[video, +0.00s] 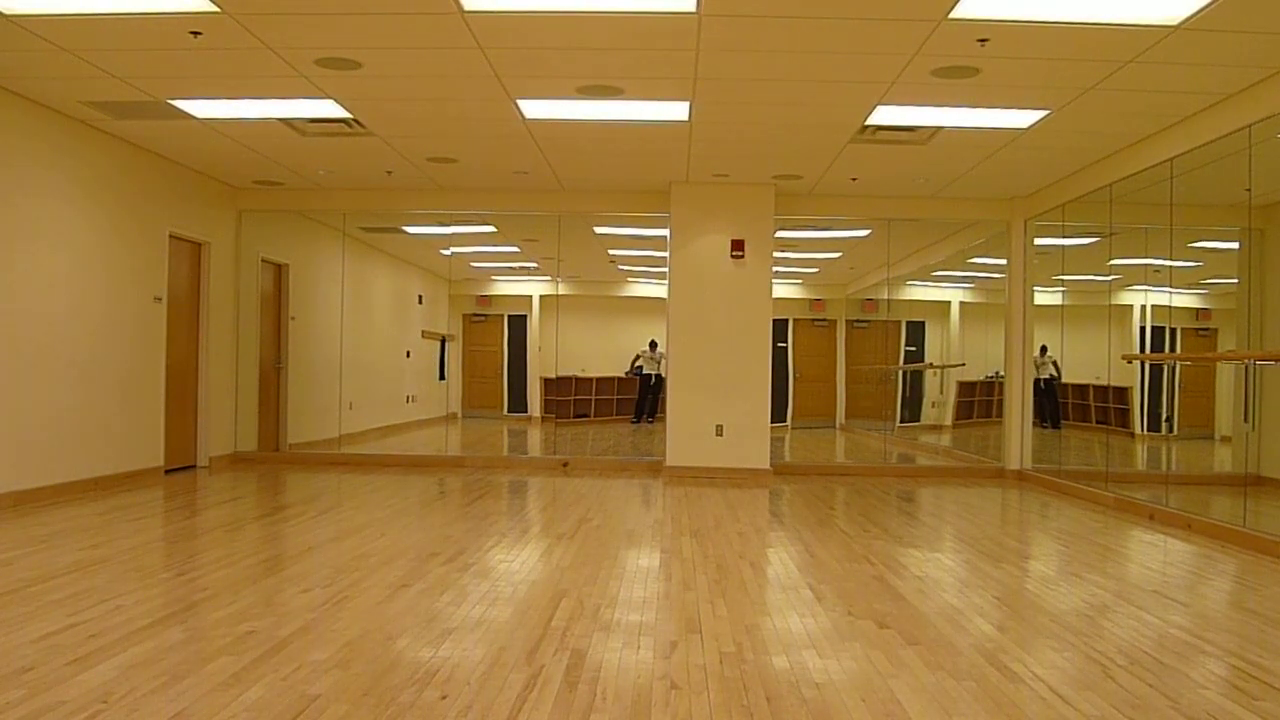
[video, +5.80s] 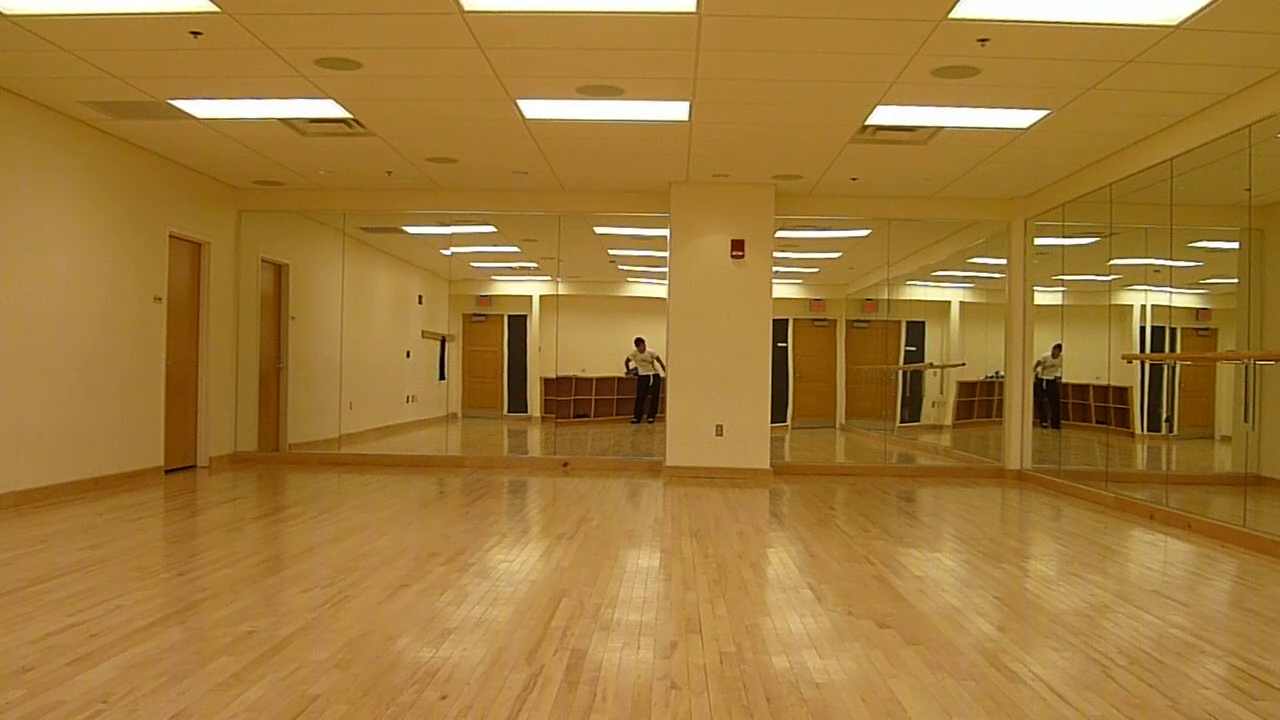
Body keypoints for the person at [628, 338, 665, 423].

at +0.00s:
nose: (653, 351)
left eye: (654, 349)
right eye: (651, 349)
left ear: (656, 348)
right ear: (649, 347)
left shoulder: (660, 354)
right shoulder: (643, 352)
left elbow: (669, 361)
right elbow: (635, 359)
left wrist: (666, 373)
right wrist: (631, 370)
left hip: (657, 374)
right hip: (646, 373)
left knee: (655, 396)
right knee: (642, 395)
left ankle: (651, 416)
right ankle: (637, 416)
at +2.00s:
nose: (652, 350)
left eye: (653, 348)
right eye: (650, 348)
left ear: (656, 348)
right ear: (648, 346)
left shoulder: (660, 354)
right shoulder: (642, 352)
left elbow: (668, 361)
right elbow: (634, 360)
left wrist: (667, 373)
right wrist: (631, 370)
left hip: (654, 374)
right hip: (643, 373)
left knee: (654, 396)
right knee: (640, 395)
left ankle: (651, 416)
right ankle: (637, 416)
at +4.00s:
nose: (652, 349)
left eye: (653, 347)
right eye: (650, 347)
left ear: (656, 347)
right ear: (648, 346)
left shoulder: (660, 354)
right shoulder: (642, 352)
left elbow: (668, 362)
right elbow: (634, 360)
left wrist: (668, 373)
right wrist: (631, 370)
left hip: (654, 373)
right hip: (643, 373)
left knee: (654, 396)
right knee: (640, 395)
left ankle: (651, 416)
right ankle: (637, 416)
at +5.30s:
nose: (651, 348)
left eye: (652, 346)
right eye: (649, 346)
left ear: (655, 346)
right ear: (646, 346)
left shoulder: (658, 354)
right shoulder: (641, 352)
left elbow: (666, 360)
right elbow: (632, 360)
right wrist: (630, 370)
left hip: (654, 374)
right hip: (643, 374)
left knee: (654, 396)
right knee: (640, 395)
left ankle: (651, 416)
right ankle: (637, 416)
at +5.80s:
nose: (641, 348)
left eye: (642, 345)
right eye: (639, 346)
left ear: (644, 345)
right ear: (636, 347)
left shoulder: (650, 353)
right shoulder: (634, 354)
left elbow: (659, 361)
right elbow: (627, 361)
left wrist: (665, 371)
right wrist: (628, 370)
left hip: (654, 374)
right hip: (642, 374)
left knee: (654, 396)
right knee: (640, 396)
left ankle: (651, 416)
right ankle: (637, 416)